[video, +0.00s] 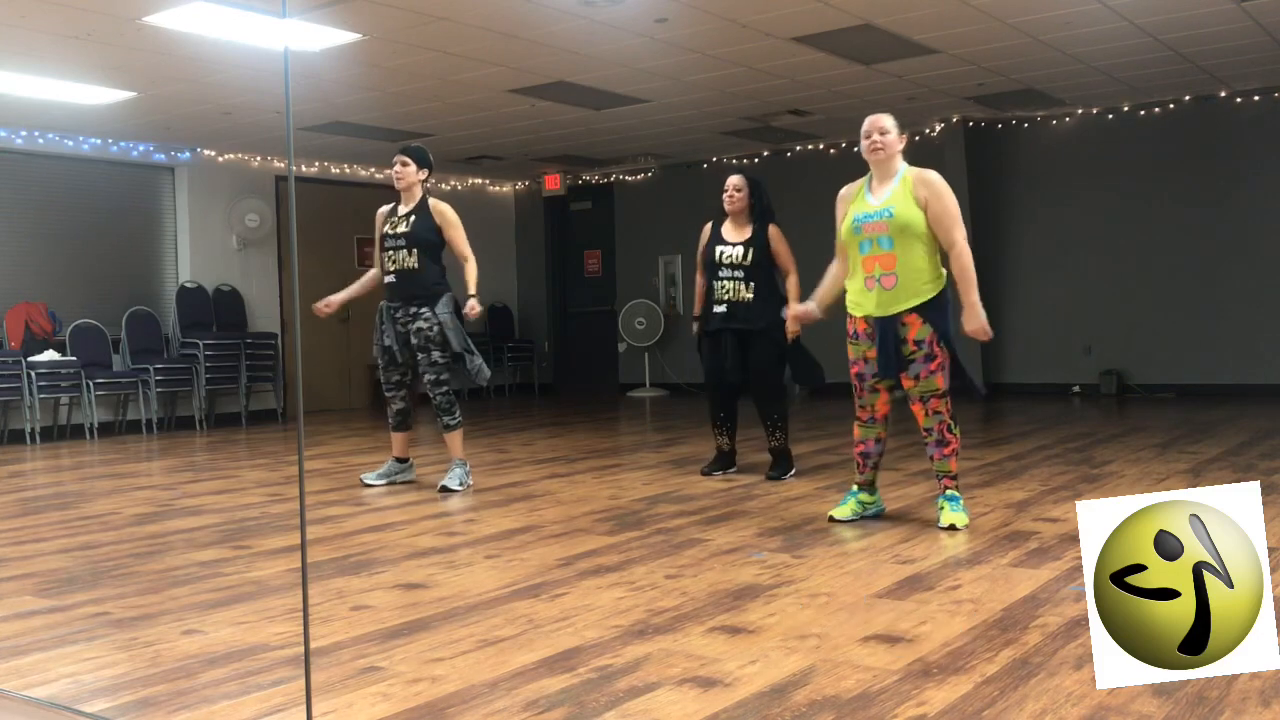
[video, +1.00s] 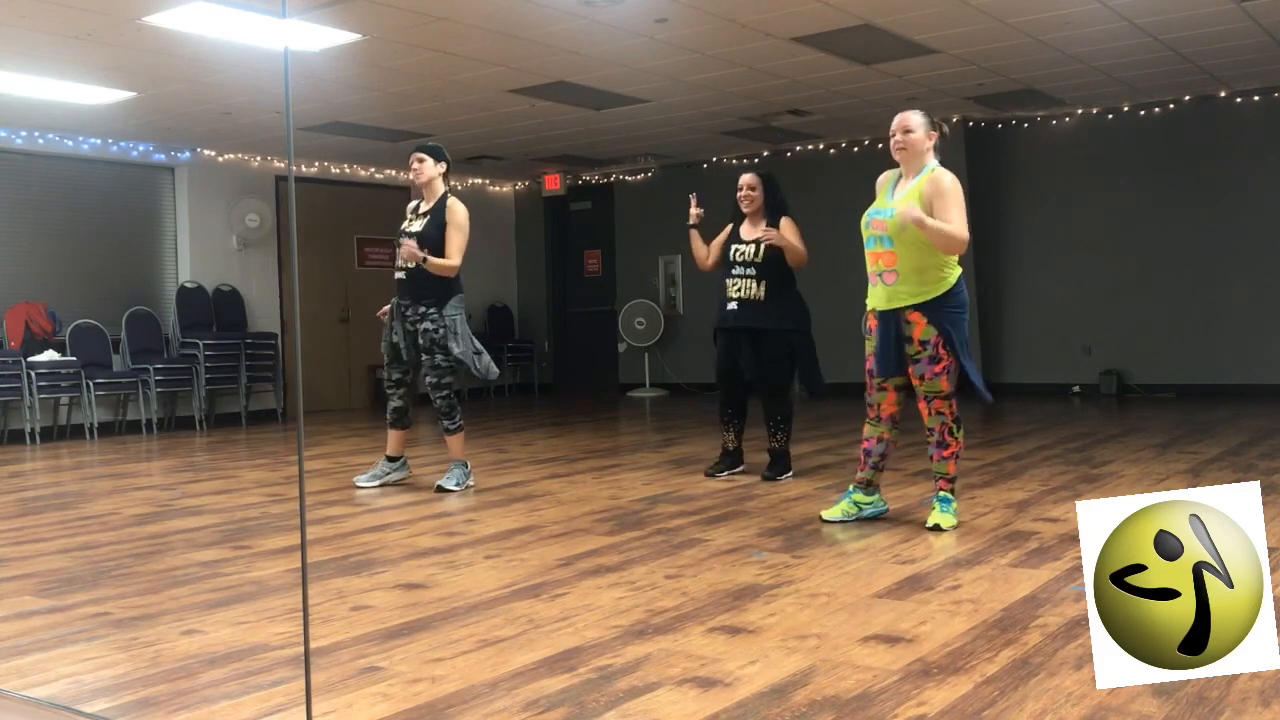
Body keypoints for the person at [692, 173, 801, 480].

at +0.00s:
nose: (729, 194)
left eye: (737, 190)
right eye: (726, 190)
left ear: (752, 196)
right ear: (721, 196)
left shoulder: (768, 231)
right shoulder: (710, 230)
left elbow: (790, 271)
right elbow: (701, 274)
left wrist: (793, 314)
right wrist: (697, 316)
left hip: (762, 328)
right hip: (720, 329)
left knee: (767, 390)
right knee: (720, 391)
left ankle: (781, 457)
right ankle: (725, 454)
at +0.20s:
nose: (723, 199)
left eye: (730, 194)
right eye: (719, 195)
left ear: (744, 200)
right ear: (714, 201)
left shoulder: (762, 237)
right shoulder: (702, 235)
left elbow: (787, 274)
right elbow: (685, 267)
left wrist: (792, 314)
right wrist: (671, 297)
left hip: (758, 327)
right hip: (716, 329)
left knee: (751, 372)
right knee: (718, 392)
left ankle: (772, 435)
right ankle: (725, 454)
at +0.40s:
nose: (727, 200)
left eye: (734, 195)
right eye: (723, 195)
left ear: (748, 199)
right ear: (718, 200)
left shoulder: (767, 234)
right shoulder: (711, 234)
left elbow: (788, 274)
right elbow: (685, 264)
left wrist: (789, 311)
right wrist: (671, 231)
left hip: (758, 331)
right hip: (719, 330)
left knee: (763, 393)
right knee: (724, 392)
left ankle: (777, 458)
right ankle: (725, 456)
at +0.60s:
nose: (736, 199)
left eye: (743, 194)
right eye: (732, 194)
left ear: (758, 198)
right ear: (728, 200)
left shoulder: (775, 230)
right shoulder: (723, 234)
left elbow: (791, 272)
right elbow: (700, 266)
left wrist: (761, 282)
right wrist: (685, 232)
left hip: (771, 325)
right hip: (733, 326)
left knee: (771, 387)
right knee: (705, 376)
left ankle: (779, 458)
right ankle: (718, 445)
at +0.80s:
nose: (743, 196)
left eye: (750, 191)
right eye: (740, 192)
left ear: (766, 196)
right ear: (736, 197)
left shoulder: (782, 227)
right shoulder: (732, 230)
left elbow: (794, 268)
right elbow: (708, 265)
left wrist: (765, 259)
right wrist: (692, 232)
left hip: (776, 324)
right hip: (735, 323)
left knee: (774, 389)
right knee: (712, 377)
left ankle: (780, 459)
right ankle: (725, 446)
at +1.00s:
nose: (744, 193)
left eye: (751, 189)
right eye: (740, 189)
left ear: (766, 194)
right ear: (736, 195)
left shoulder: (782, 224)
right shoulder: (733, 229)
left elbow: (800, 260)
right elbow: (706, 262)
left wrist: (781, 241)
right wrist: (693, 227)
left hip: (775, 325)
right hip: (735, 326)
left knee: (775, 389)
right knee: (731, 388)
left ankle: (779, 459)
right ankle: (731, 455)